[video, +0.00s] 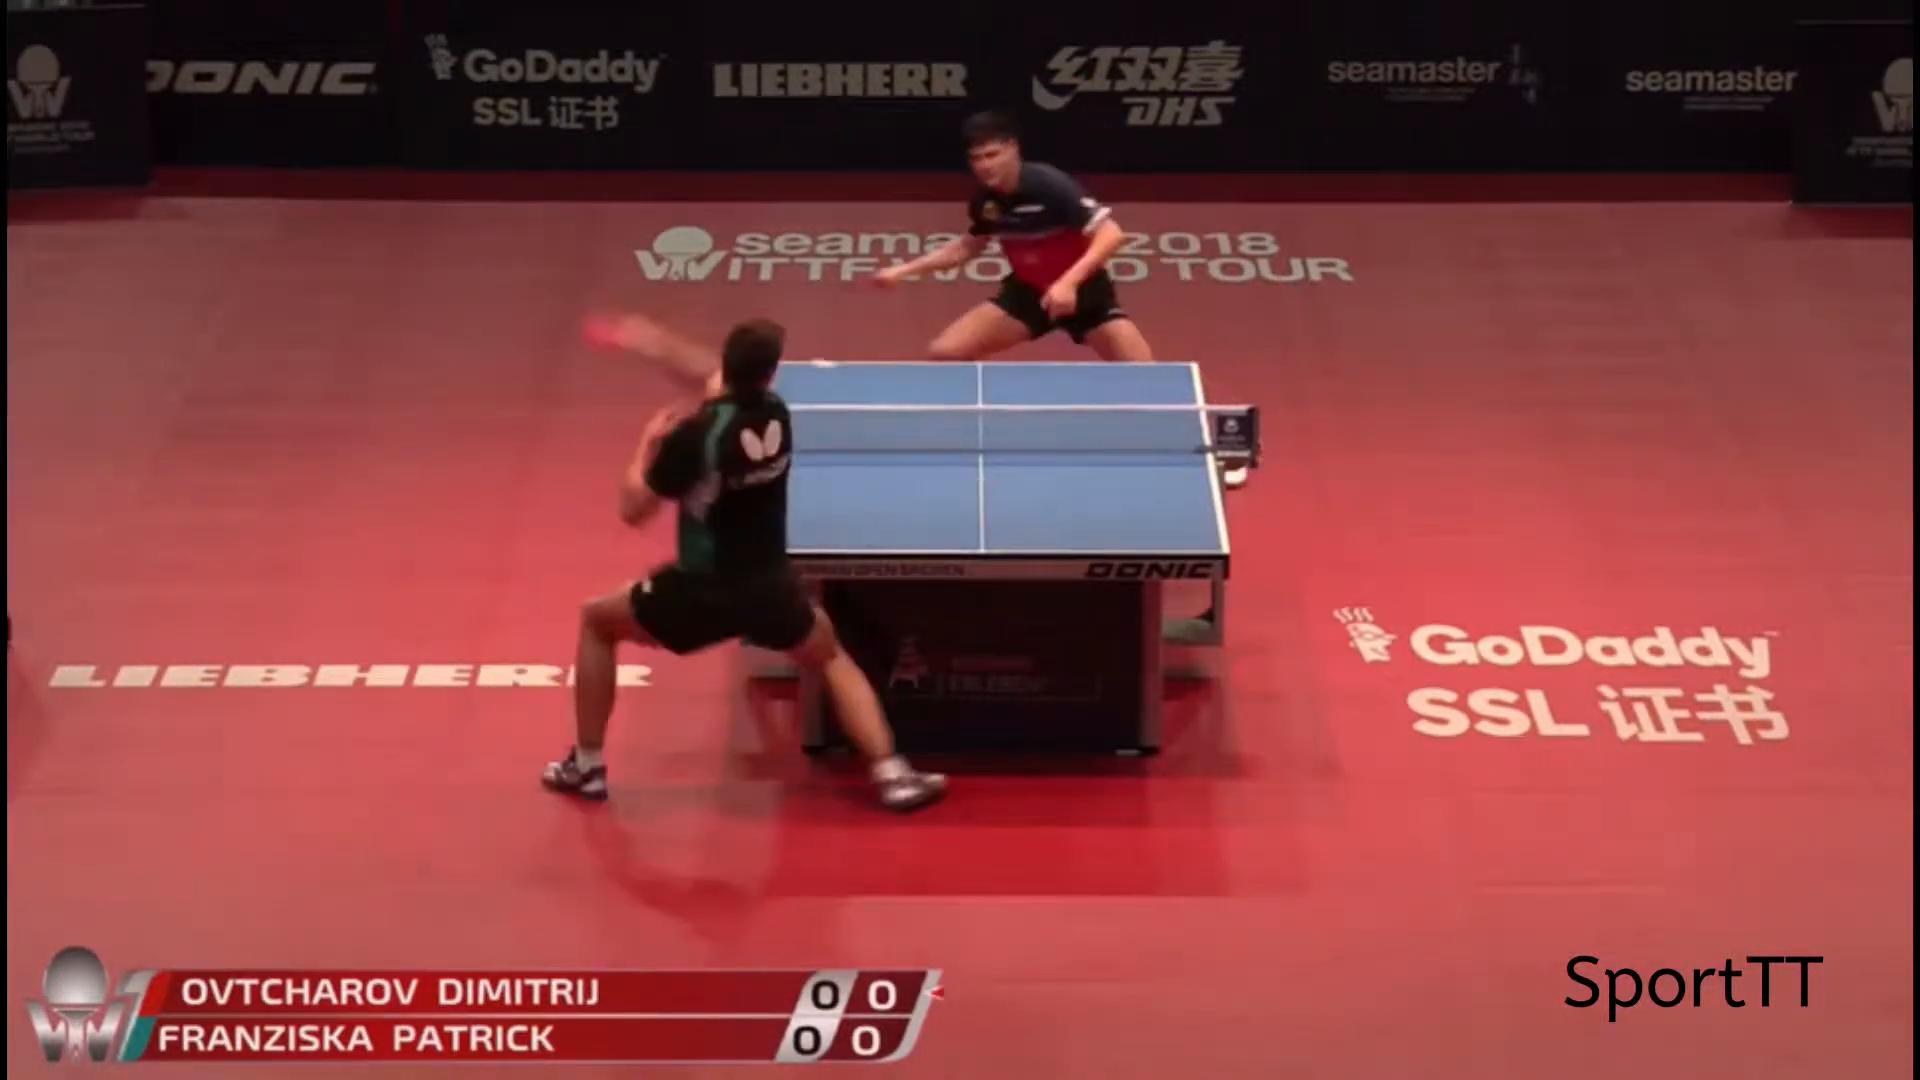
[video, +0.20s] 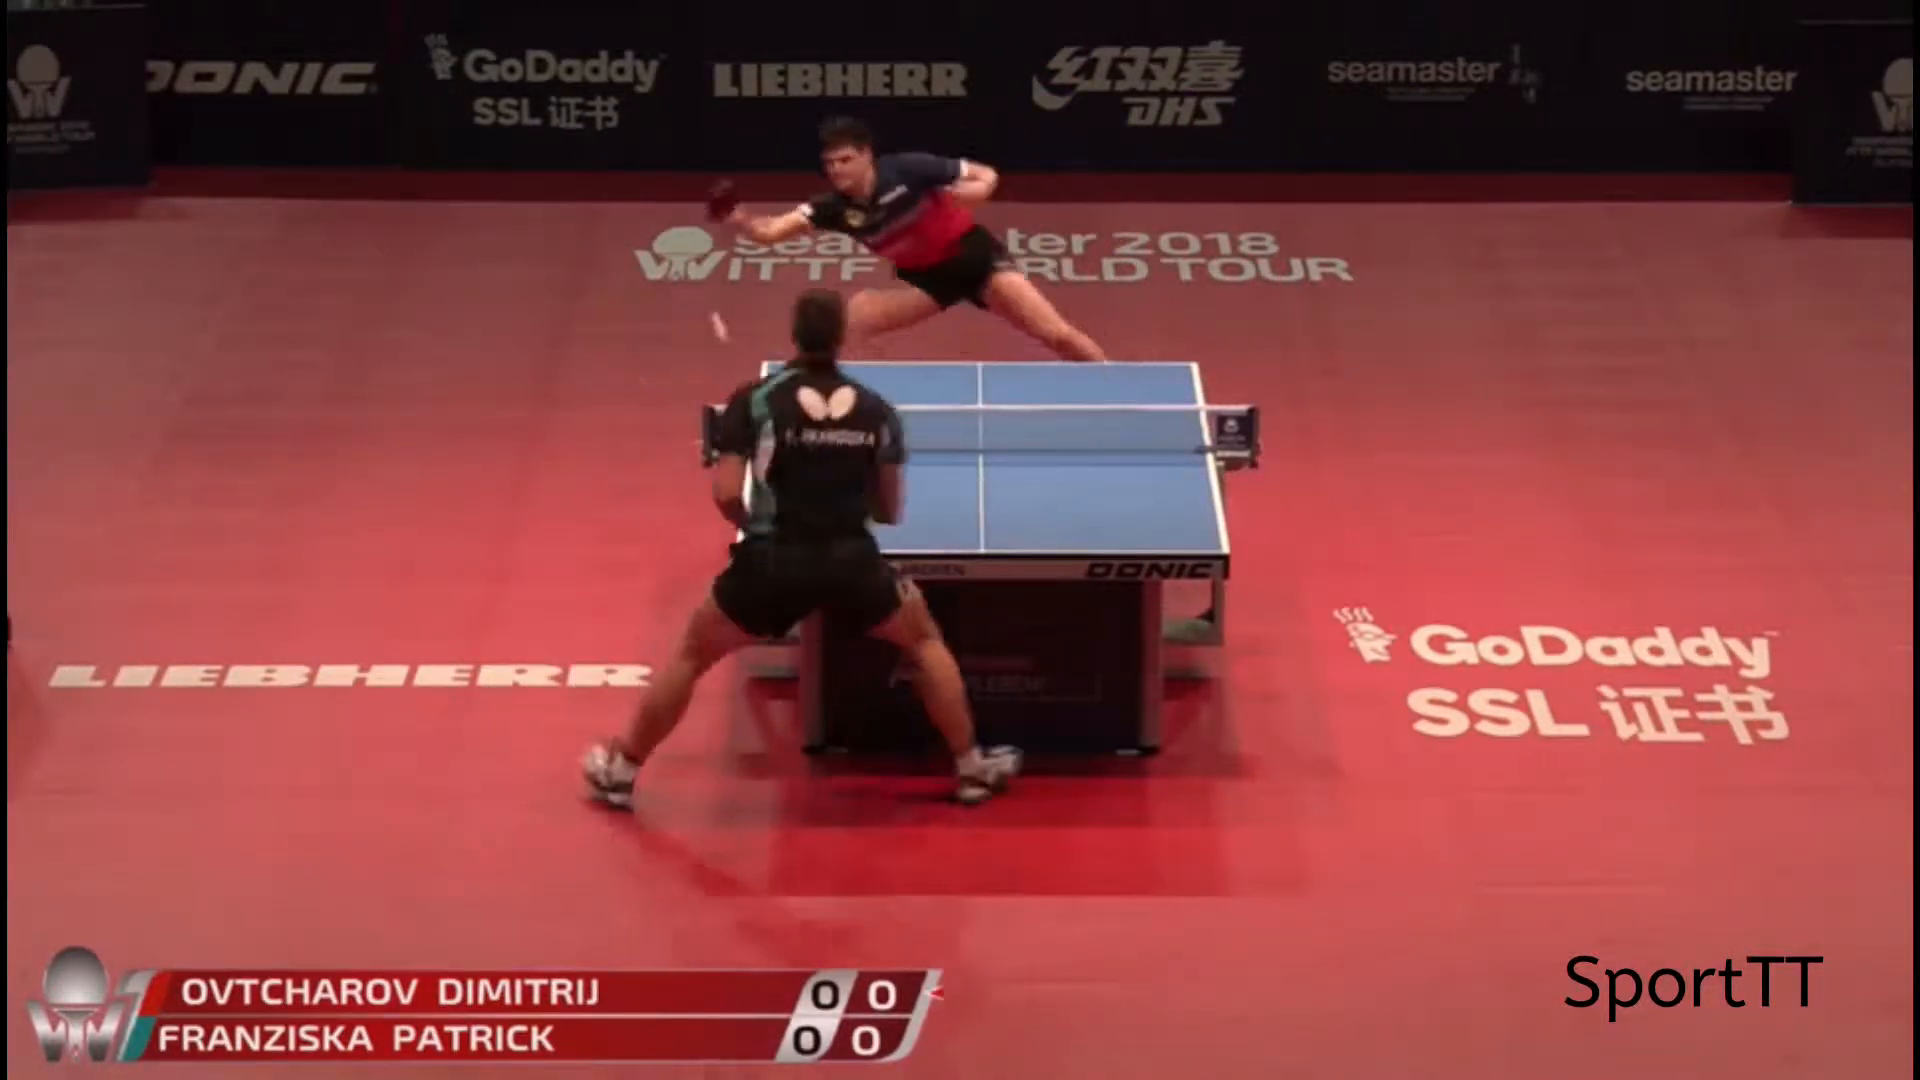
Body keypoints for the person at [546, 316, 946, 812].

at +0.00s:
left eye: (727, 355)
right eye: (767, 361)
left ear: (721, 364)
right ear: (772, 371)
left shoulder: (697, 433)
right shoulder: (777, 416)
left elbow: (635, 508)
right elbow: (714, 375)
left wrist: (648, 441)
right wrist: (656, 342)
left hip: (701, 591)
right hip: (770, 590)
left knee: (598, 621)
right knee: (831, 658)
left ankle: (587, 764)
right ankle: (891, 771)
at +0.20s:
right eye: (833, 329)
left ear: (793, 337)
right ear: (842, 340)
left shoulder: (755, 402)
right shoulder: (877, 410)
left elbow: (726, 493)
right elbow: (889, 509)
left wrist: (750, 521)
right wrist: (848, 484)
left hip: (774, 562)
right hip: (853, 562)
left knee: (693, 654)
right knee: (924, 643)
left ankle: (623, 766)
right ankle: (971, 763)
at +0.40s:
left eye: (909, 368)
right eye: (937, 374)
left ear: (896, 373)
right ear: (945, 381)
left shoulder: (844, 427)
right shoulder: (954, 451)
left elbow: (787, 515)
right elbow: (964, 558)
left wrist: (800, 564)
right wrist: (913, 561)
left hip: (819, 588)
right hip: (896, 597)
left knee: (743, 686)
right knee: (1006, 680)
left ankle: (651, 804)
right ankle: (1048, 829)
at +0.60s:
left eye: (929, 344)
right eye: (952, 348)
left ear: (917, 352)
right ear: (966, 361)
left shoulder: (873, 409)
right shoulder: (990, 435)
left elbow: (827, 497)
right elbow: (993, 542)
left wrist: (830, 538)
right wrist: (945, 547)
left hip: (856, 580)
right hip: (940, 588)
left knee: (764, 690)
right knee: (1027, 676)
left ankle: (676, 805)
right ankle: (1052, 825)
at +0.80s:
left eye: (892, 287)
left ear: (891, 296)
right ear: (945, 297)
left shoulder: (853, 360)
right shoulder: (975, 367)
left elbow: (827, 449)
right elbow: (1015, 473)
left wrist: (856, 482)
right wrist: (1008, 535)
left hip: (861, 536)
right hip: (943, 540)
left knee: (818, 674)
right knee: (996, 679)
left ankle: (790, 823)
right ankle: (1030, 833)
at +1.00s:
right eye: (902, 362)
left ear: (857, 371)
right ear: (909, 369)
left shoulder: (833, 446)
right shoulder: (951, 437)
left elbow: (820, 547)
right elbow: (1006, 530)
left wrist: (809, 565)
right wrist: (1040, 565)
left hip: (867, 623)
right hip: (950, 616)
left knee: (818, 750)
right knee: (1017, 752)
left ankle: (831, 877)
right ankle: (1063, 891)